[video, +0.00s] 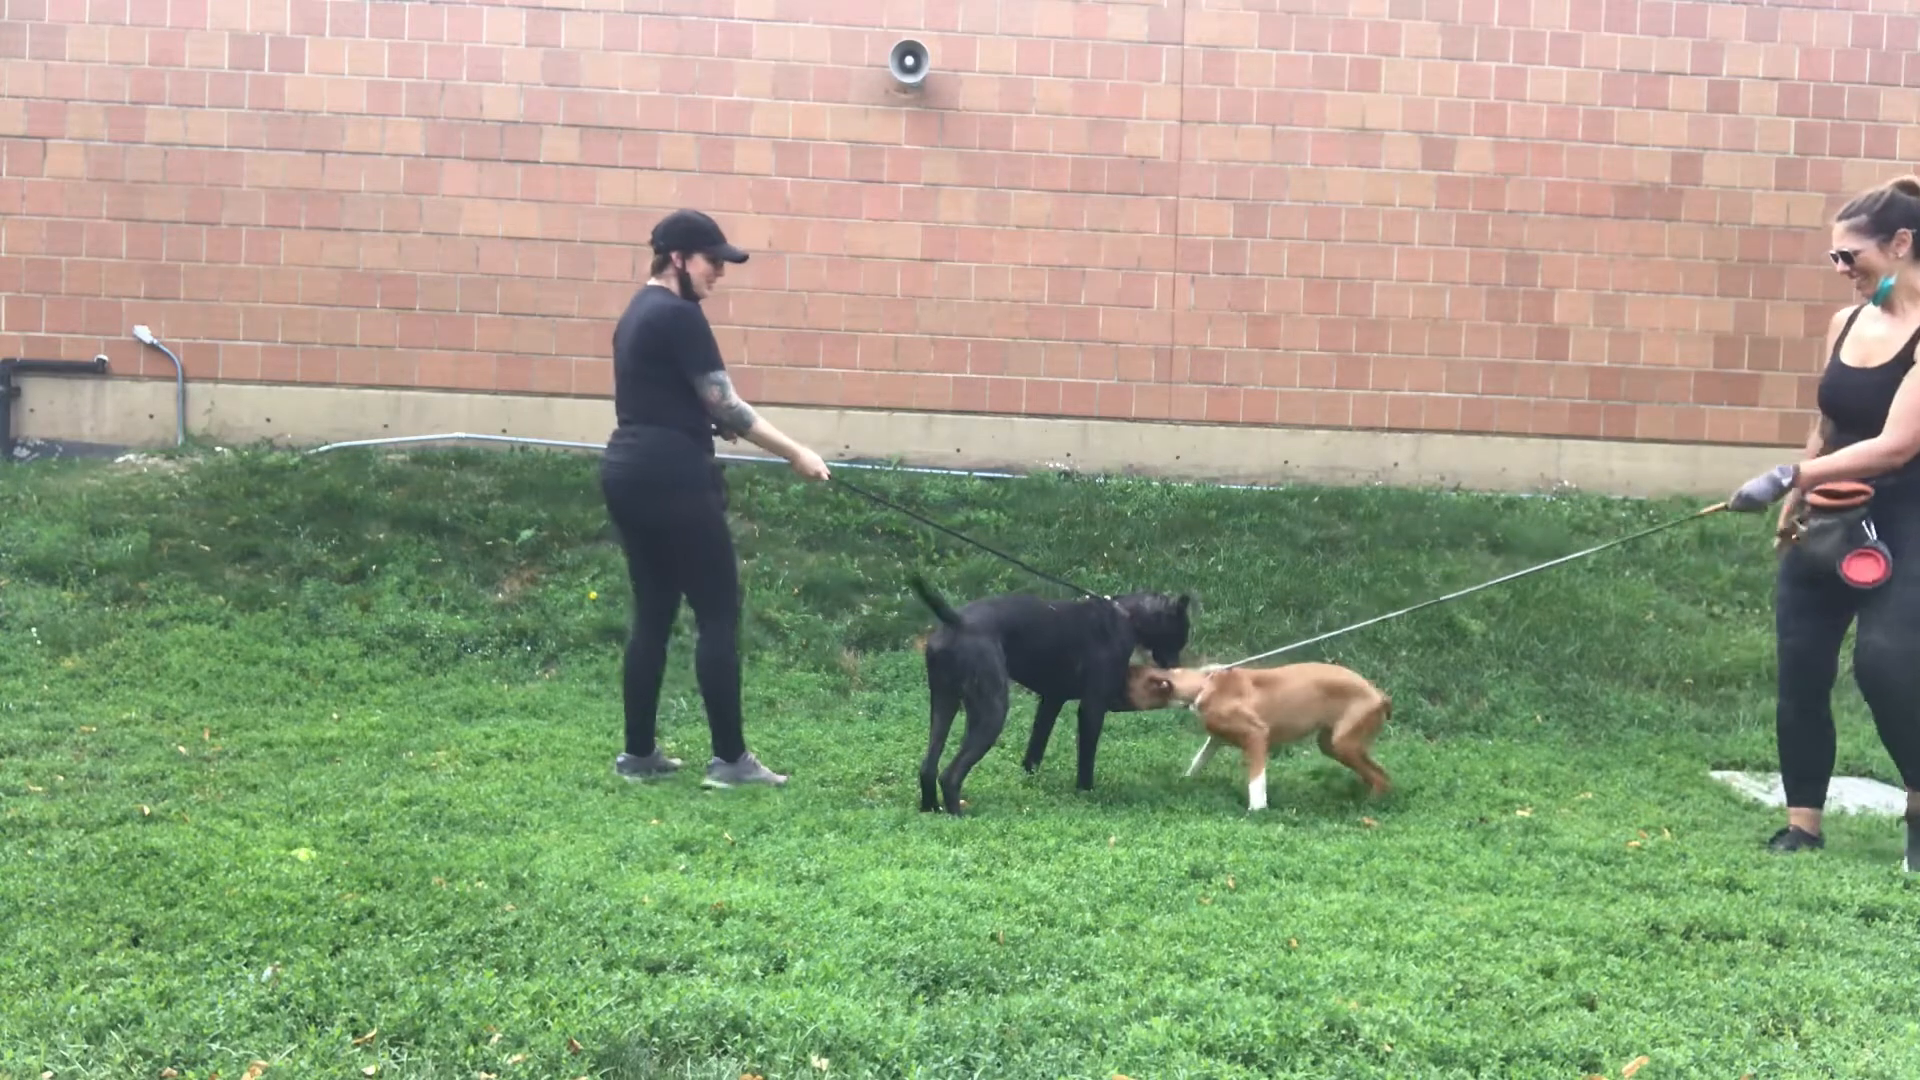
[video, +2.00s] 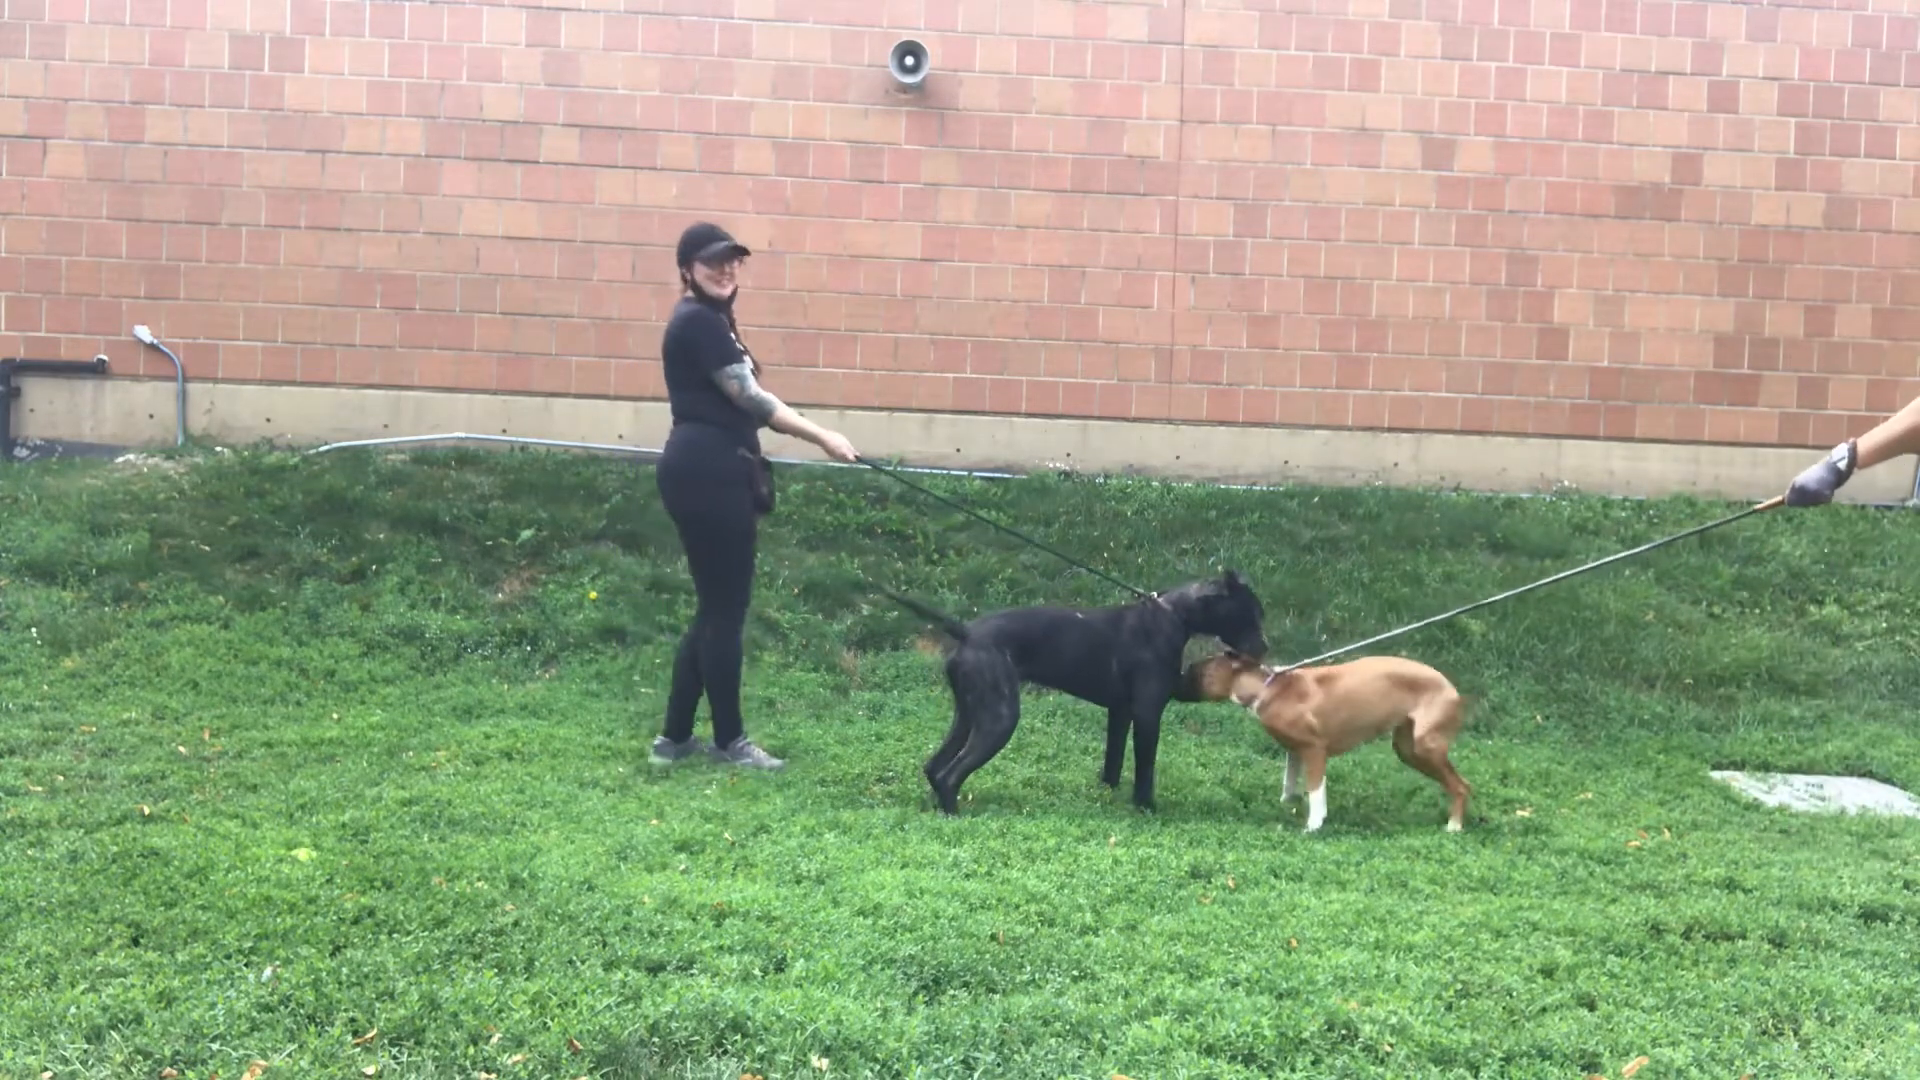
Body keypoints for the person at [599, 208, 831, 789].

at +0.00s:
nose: (720, 273)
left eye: (721, 263)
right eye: (714, 262)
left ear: (674, 261)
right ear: (679, 258)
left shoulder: (639, 311)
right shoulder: (680, 315)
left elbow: (671, 405)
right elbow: (725, 409)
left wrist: (726, 422)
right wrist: (795, 452)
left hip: (629, 466)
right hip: (676, 472)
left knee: (653, 609)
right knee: (719, 611)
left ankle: (639, 753)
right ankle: (732, 759)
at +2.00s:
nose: (727, 270)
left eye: (732, 261)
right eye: (714, 263)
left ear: (737, 267)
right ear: (689, 270)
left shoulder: (705, 317)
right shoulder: (700, 322)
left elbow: (733, 400)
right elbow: (752, 400)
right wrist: (823, 436)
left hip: (699, 463)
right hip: (710, 467)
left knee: (715, 605)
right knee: (726, 607)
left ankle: (675, 738)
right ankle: (729, 741)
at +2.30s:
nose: (763, 281)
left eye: (766, 272)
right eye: (754, 270)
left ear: (737, 274)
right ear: (721, 271)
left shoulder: (726, 319)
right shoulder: (716, 322)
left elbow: (752, 400)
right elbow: (761, 401)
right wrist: (832, 438)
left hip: (742, 470)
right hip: (720, 473)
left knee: (791, 587)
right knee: (726, 606)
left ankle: (760, 709)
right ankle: (726, 741)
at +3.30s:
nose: (811, 289)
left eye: (815, 281)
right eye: (802, 280)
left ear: (817, 285)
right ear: (772, 281)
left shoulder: (809, 345)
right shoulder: (754, 338)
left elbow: (811, 421)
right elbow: (800, 405)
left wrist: (825, 481)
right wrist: (870, 439)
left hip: (804, 484)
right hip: (755, 480)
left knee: (794, 606)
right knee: (752, 602)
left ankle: (798, 724)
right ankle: (717, 730)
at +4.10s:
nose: (838, 296)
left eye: (843, 287)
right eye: (828, 287)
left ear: (848, 289)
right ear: (802, 287)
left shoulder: (843, 348)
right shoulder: (784, 339)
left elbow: (845, 412)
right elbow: (810, 408)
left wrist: (873, 430)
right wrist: (878, 444)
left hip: (829, 478)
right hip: (786, 473)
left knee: (812, 591)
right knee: (832, 580)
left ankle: (800, 716)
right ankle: (779, 706)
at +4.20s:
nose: (844, 296)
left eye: (849, 287)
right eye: (834, 287)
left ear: (854, 288)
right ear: (808, 287)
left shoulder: (849, 347)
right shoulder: (792, 338)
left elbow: (851, 411)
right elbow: (816, 408)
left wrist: (878, 427)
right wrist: (883, 443)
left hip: (830, 479)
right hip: (792, 474)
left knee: (813, 597)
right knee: (853, 578)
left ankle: (799, 718)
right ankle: (824, 708)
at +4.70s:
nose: (900, 302)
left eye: (905, 294)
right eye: (890, 295)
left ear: (909, 295)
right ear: (865, 298)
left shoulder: (892, 346)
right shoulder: (859, 348)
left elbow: (909, 414)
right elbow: (875, 424)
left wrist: (935, 440)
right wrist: (946, 458)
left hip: (880, 480)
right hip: (867, 483)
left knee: (863, 609)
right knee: (897, 603)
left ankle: (805, 716)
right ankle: (904, 725)